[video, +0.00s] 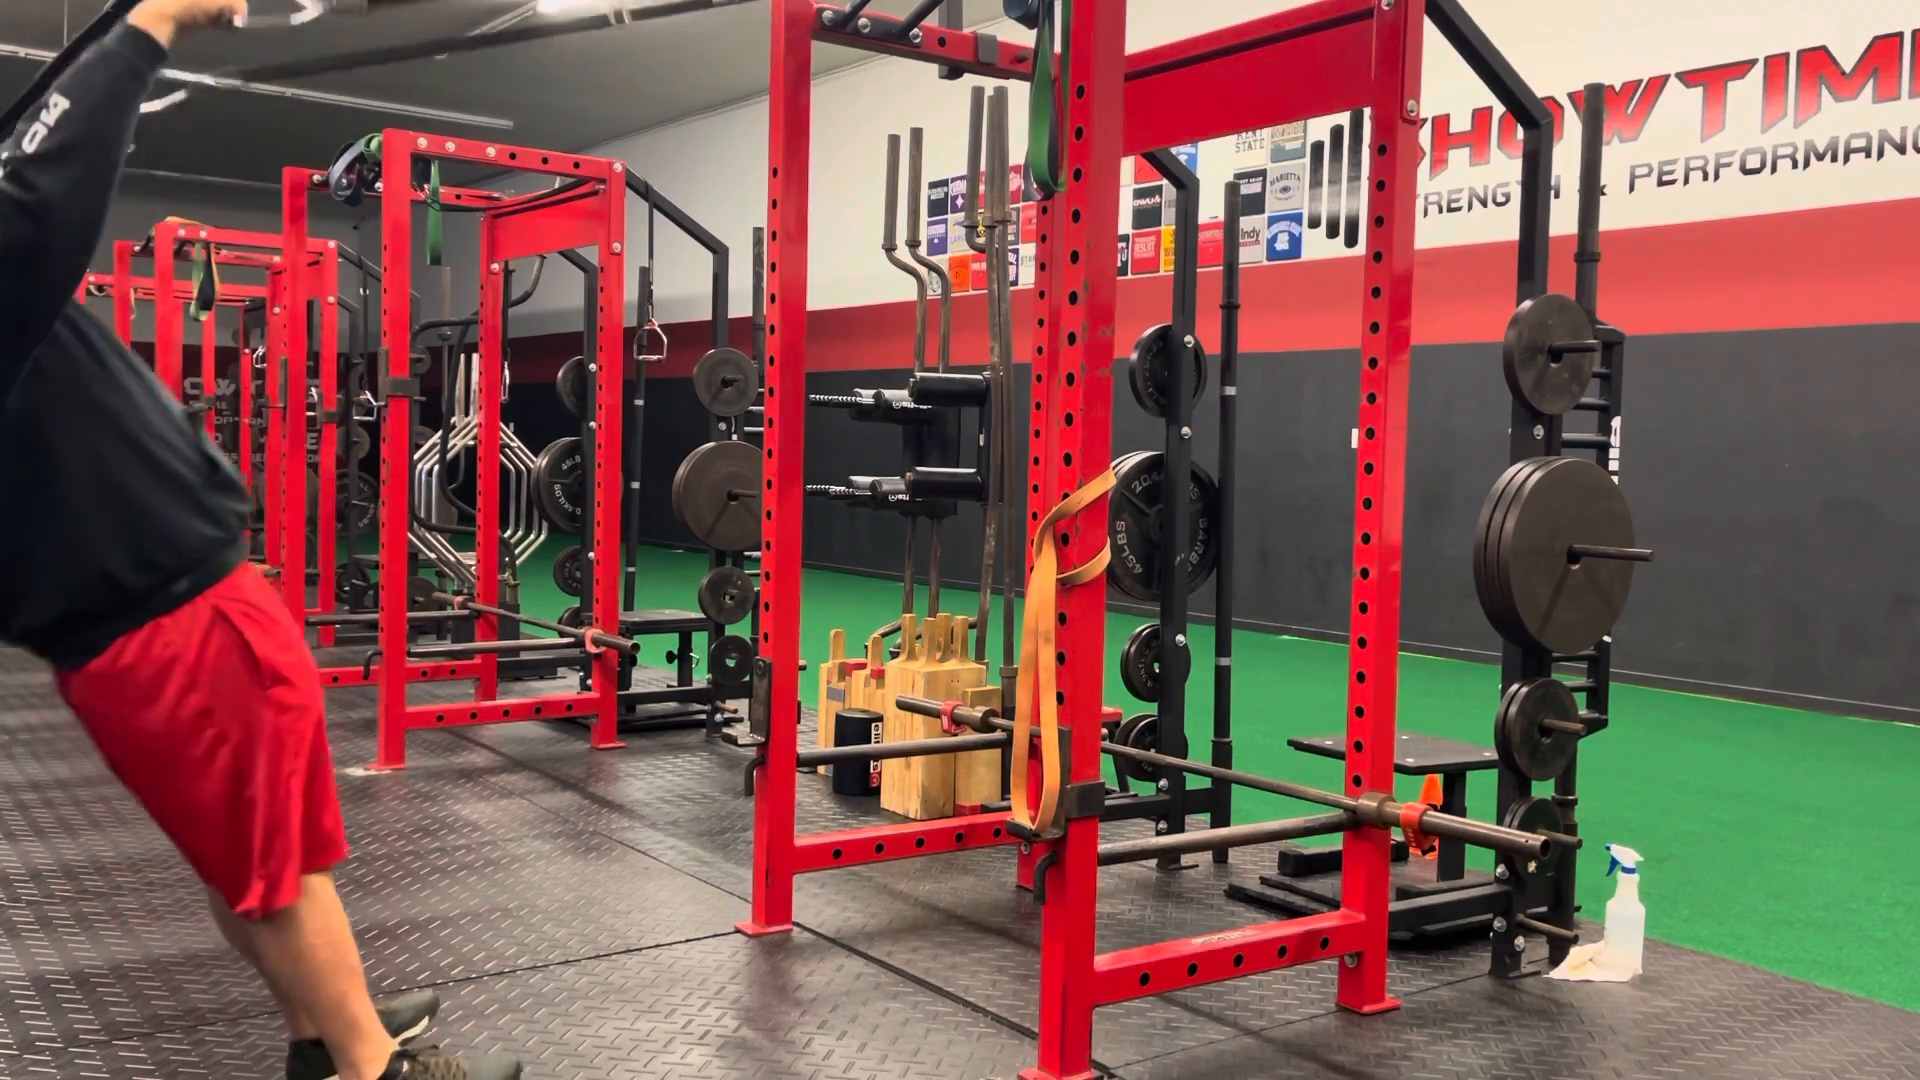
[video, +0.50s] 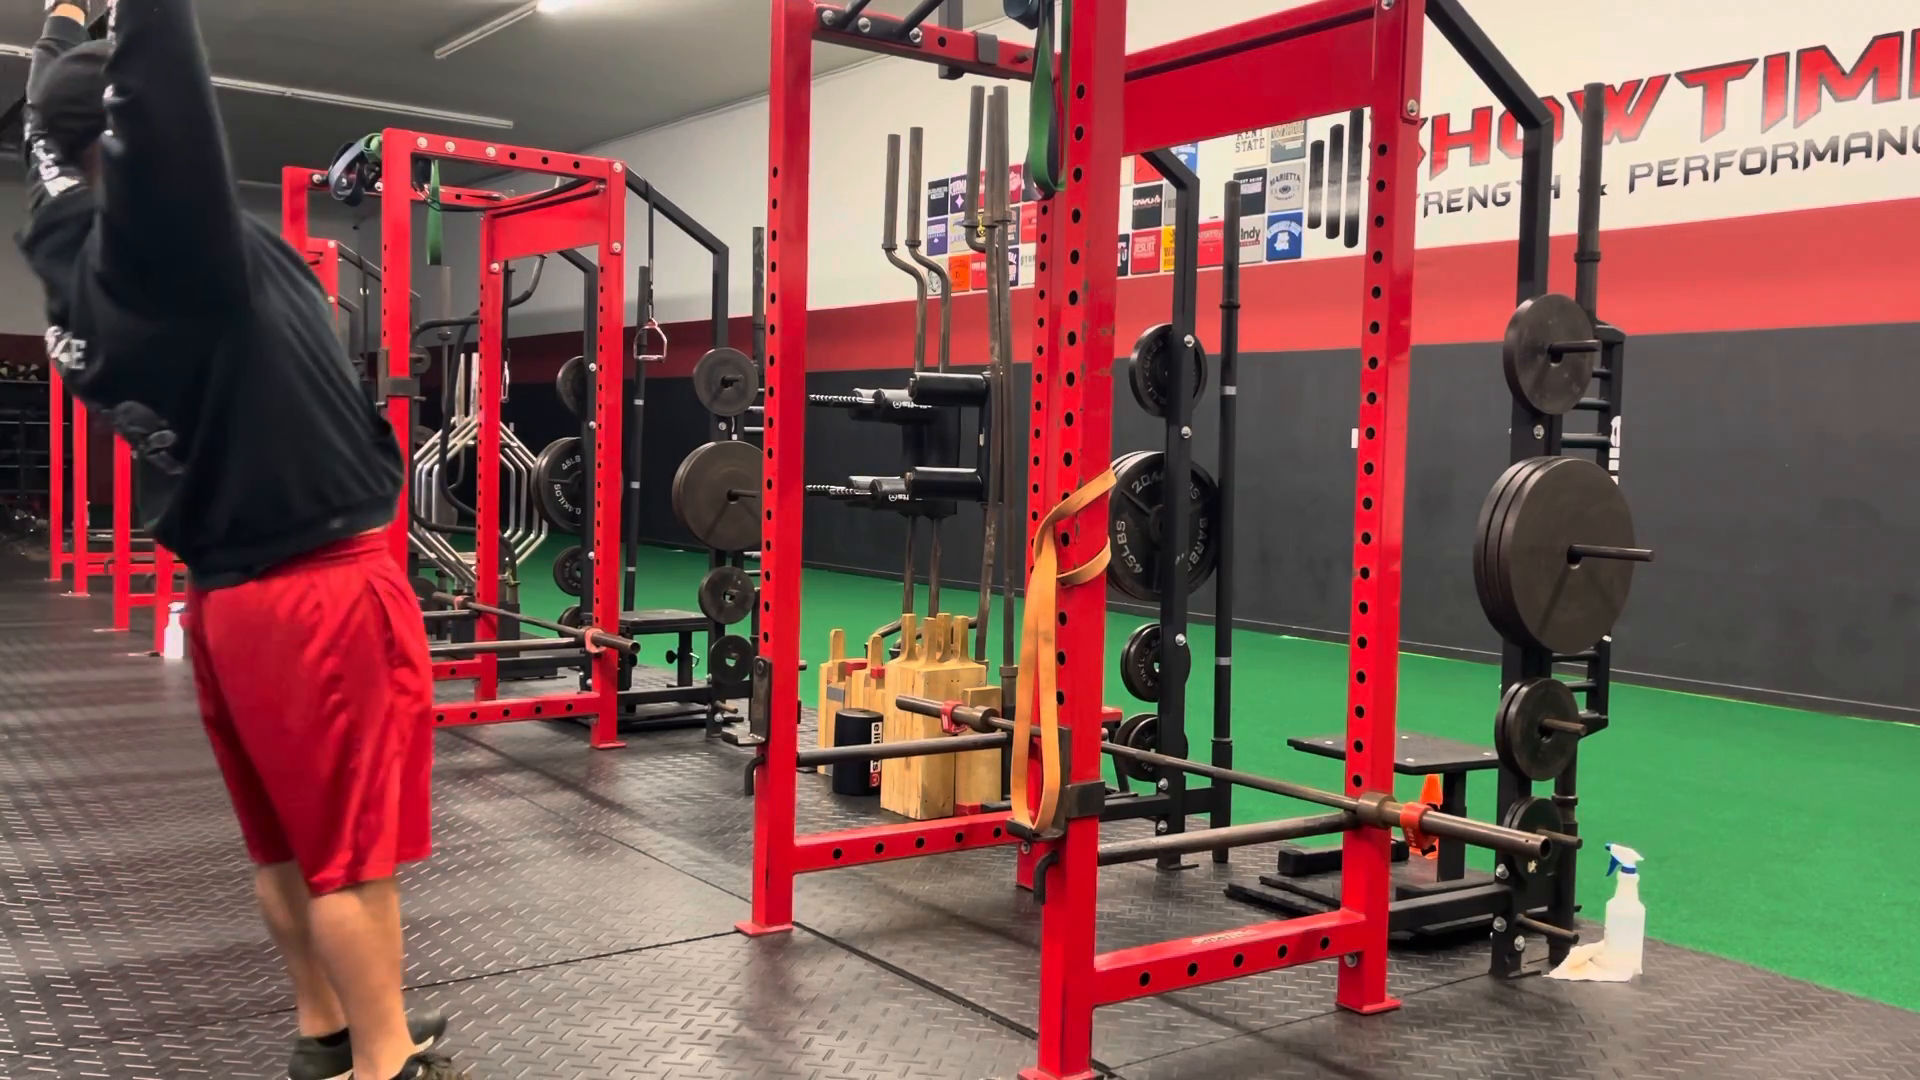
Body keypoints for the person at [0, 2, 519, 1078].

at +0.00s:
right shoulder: (11, 289)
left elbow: (33, 139)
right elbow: (43, 186)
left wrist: (140, 19)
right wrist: (150, 22)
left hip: (125, 621)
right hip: (169, 611)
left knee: (248, 863)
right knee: (282, 870)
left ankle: (329, 1035)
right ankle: (371, 1059)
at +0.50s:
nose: (178, 128)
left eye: (169, 107)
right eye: (158, 110)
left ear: (57, 151)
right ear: (130, 126)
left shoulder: (78, 271)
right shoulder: (166, 239)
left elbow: (57, 174)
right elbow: (162, 78)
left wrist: (64, 46)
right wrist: (121, 5)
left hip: (231, 605)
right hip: (322, 597)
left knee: (281, 844)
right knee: (351, 860)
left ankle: (326, 1024)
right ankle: (385, 1057)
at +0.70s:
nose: (290, 128)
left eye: (277, 118)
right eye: (276, 120)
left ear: (201, 157)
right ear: (258, 146)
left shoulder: (159, 256)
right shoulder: (262, 235)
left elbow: (105, 140)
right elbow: (212, 62)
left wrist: (79, 20)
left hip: (261, 594)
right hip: (358, 592)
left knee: (293, 837)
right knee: (369, 860)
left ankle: (331, 1024)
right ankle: (389, 1059)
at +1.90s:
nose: (124, 133)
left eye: (111, 112)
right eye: (101, 119)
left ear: (22, 163)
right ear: (77, 140)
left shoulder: (53, 280)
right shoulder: (119, 257)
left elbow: (63, 165)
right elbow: (145, 102)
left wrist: (81, 42)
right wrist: (119, 7)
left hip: (214, 608)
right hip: (297, 598)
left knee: (275, 844)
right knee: (341, 860)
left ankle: (328, 1033)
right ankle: (387, 1063)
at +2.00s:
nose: (79, 132)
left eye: (74, 117)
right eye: (59, 121)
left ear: (29, 147)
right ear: (31, 148)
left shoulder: (37, 277)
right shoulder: (76, 263)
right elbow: (121, 88)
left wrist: (75, 35)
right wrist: (101, 7)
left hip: (201, 611)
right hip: (269, 606)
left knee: (275, 845)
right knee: (333, 858)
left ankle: (329, 1033)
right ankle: (386, 1061)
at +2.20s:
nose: (45, 162)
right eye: (29, 137)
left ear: (25, 178)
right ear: (19, 177)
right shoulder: (25, 297)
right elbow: (63, 120)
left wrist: (119, 14)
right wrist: (131, 2)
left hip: (166, 616)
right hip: (208, 614)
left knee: (258, 858)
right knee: (302, 865)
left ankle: (328, 1034)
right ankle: (381, 1060)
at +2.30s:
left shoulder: (27, 292)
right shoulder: (14, 297)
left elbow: (28, 160)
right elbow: (39, 156)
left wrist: (110, 65)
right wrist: (143, 21)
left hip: (130, 614)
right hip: (175, 606)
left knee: (250, 860)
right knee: (286, 869)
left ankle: (334, 1034)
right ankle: (375, 1061)